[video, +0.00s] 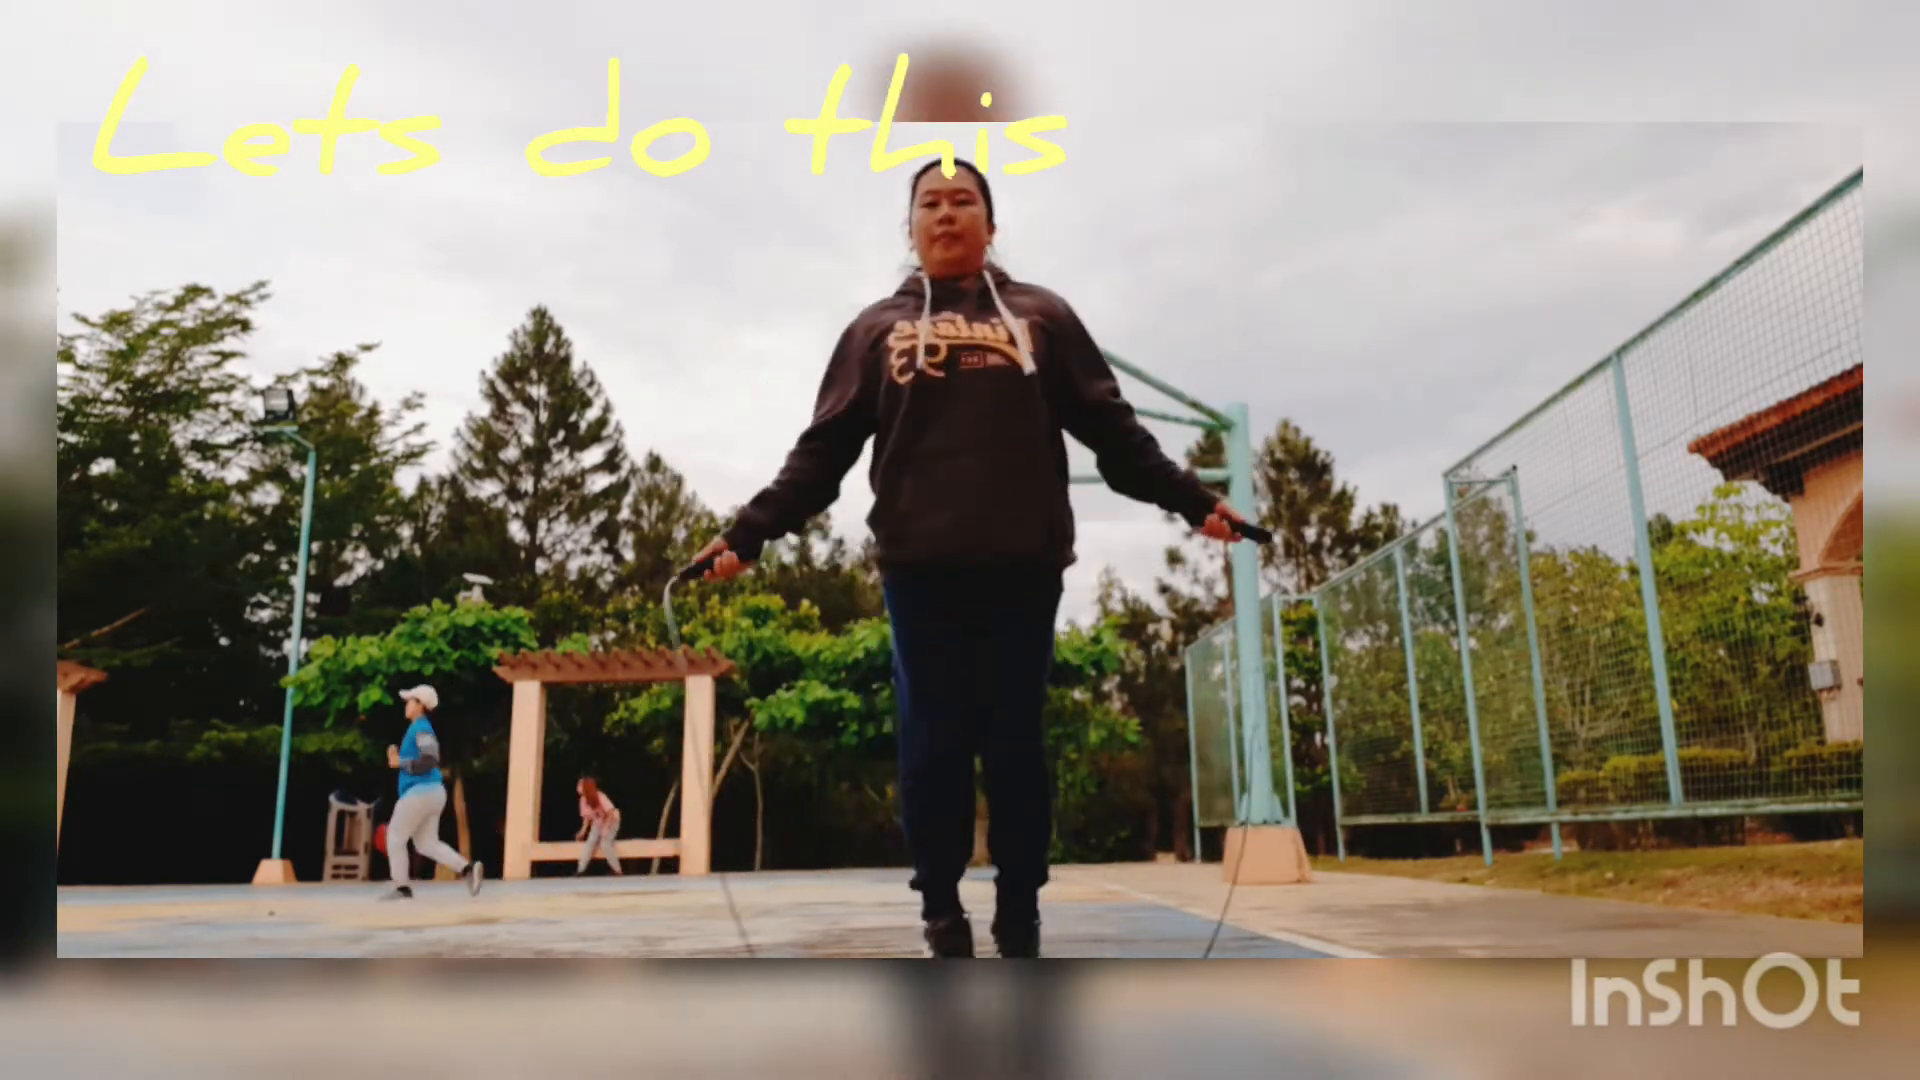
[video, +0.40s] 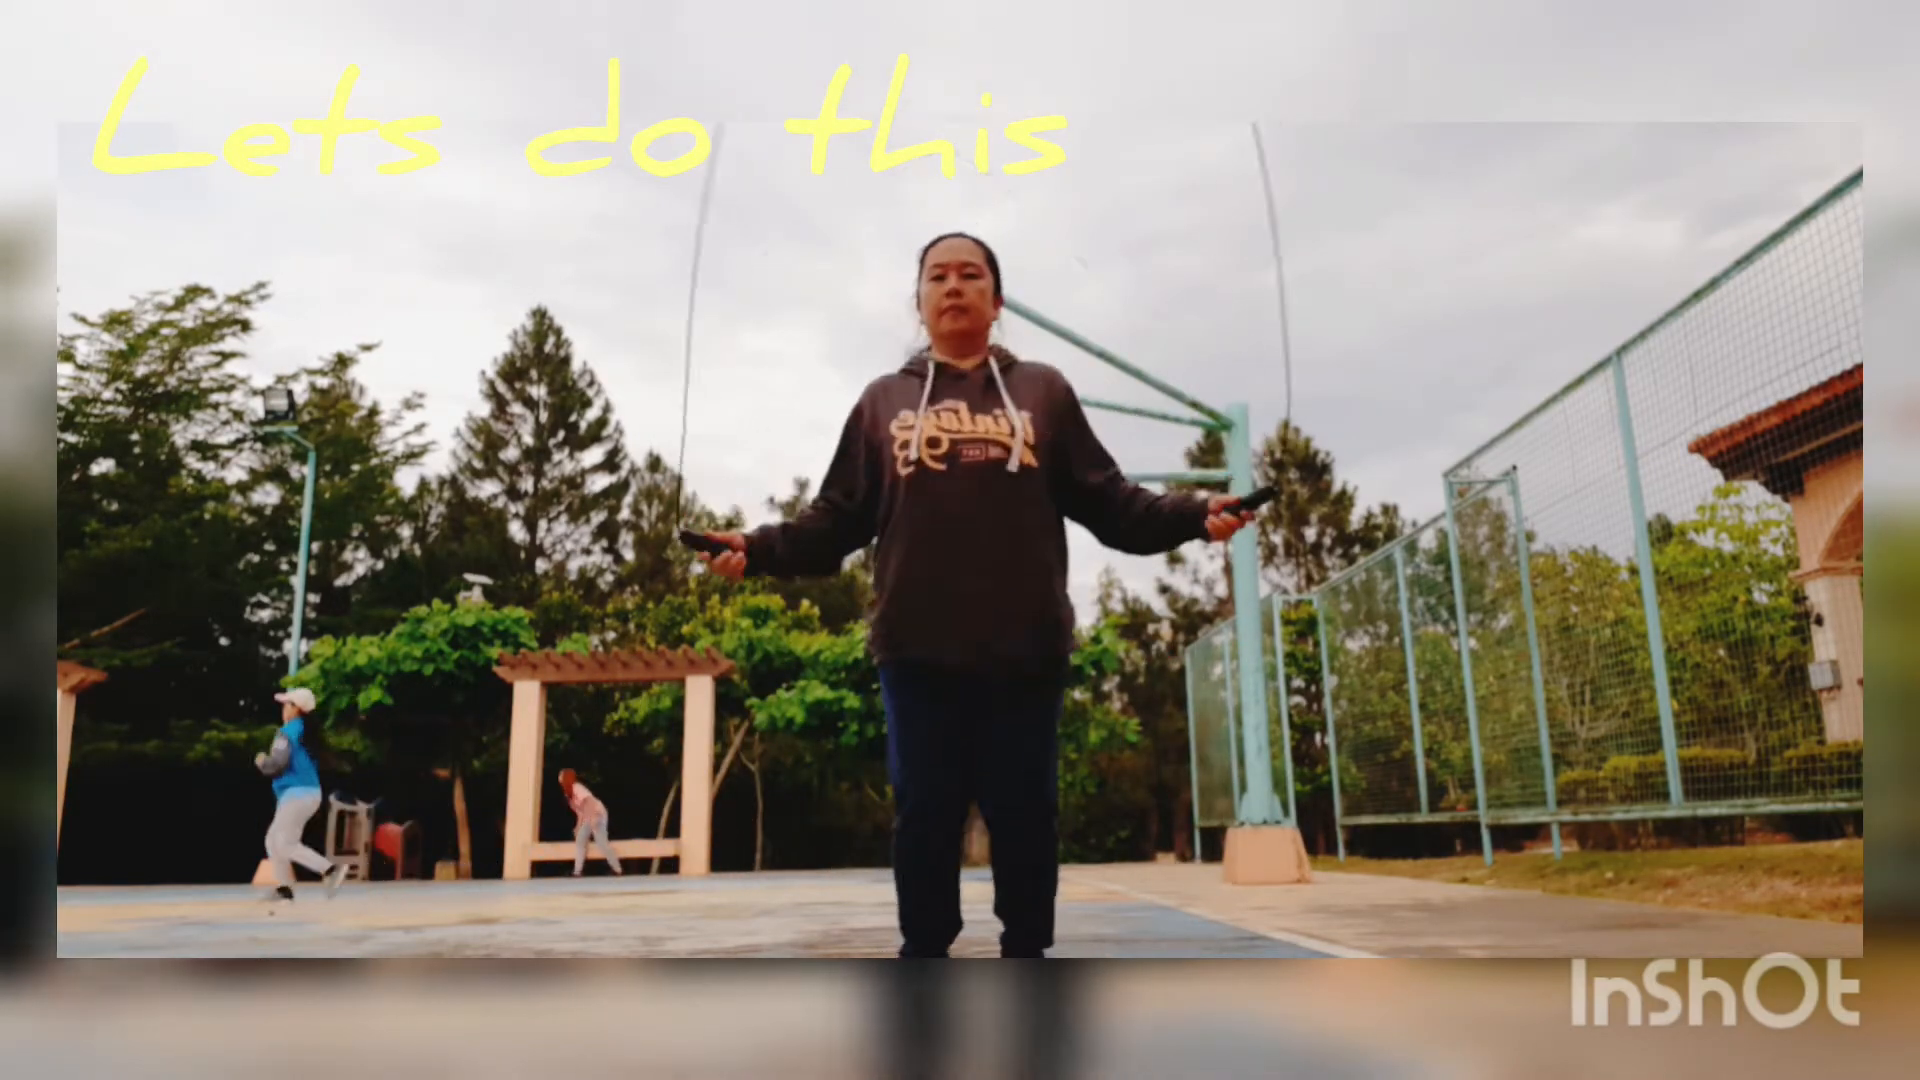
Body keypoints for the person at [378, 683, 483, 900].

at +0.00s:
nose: (406, 705)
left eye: (410, 702)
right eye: (407, 701)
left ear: (419, 705)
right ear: (419, 705)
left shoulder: (421, 727)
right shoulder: (418, 727)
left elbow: (430, 759)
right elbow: (421, 758)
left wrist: (401, 763)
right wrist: (398, 756)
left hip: (420, 791)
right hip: (433, 790)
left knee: (396, 836)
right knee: (425, 843)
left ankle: (401, 886)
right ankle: (466, 868)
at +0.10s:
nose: (379, 709)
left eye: (382, 705)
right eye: (380, 705)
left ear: (392, 708)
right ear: (392, 709)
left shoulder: (390, 731)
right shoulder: (395, 730)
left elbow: (385, 764)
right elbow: (388, 763)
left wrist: (363, 761)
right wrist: (367, 760)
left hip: (395, 793)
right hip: (407, 792)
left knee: (377, 842)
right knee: (383, 842)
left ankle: (400, 884)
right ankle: (412, 871)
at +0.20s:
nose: (338, 702)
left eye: (341, 698)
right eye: (339, 698)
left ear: (351, 702)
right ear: (351, 701)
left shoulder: (342, 724)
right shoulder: (353, 723)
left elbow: (325, 752)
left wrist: (315, 742)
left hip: (355, 784)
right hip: (364, 784)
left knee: (363, 831)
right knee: (330, 829)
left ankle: (390, 876)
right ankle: (322, 882)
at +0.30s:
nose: (310, 703)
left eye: (314, 699)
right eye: (311, 699)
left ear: (324, 703)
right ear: (322, 703)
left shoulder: (312, 726)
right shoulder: (326, 723)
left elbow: (296, 755)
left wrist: (290, 743)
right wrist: (295, 742)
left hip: (325, 786)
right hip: (334, 785)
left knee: (333, 834)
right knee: (303, 833)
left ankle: (370, 870)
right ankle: (290, 885)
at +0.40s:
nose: (283, 709)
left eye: (286, 705)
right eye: (283, 705)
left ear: (296, 709)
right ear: (296, 708)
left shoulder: (289, 731)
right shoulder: (301, 729)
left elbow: (277, 763)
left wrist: (261, 761)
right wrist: (267, 761)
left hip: (300, 791)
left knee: (285, 842)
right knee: (273, 840)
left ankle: (329, 869)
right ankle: (284, 886)